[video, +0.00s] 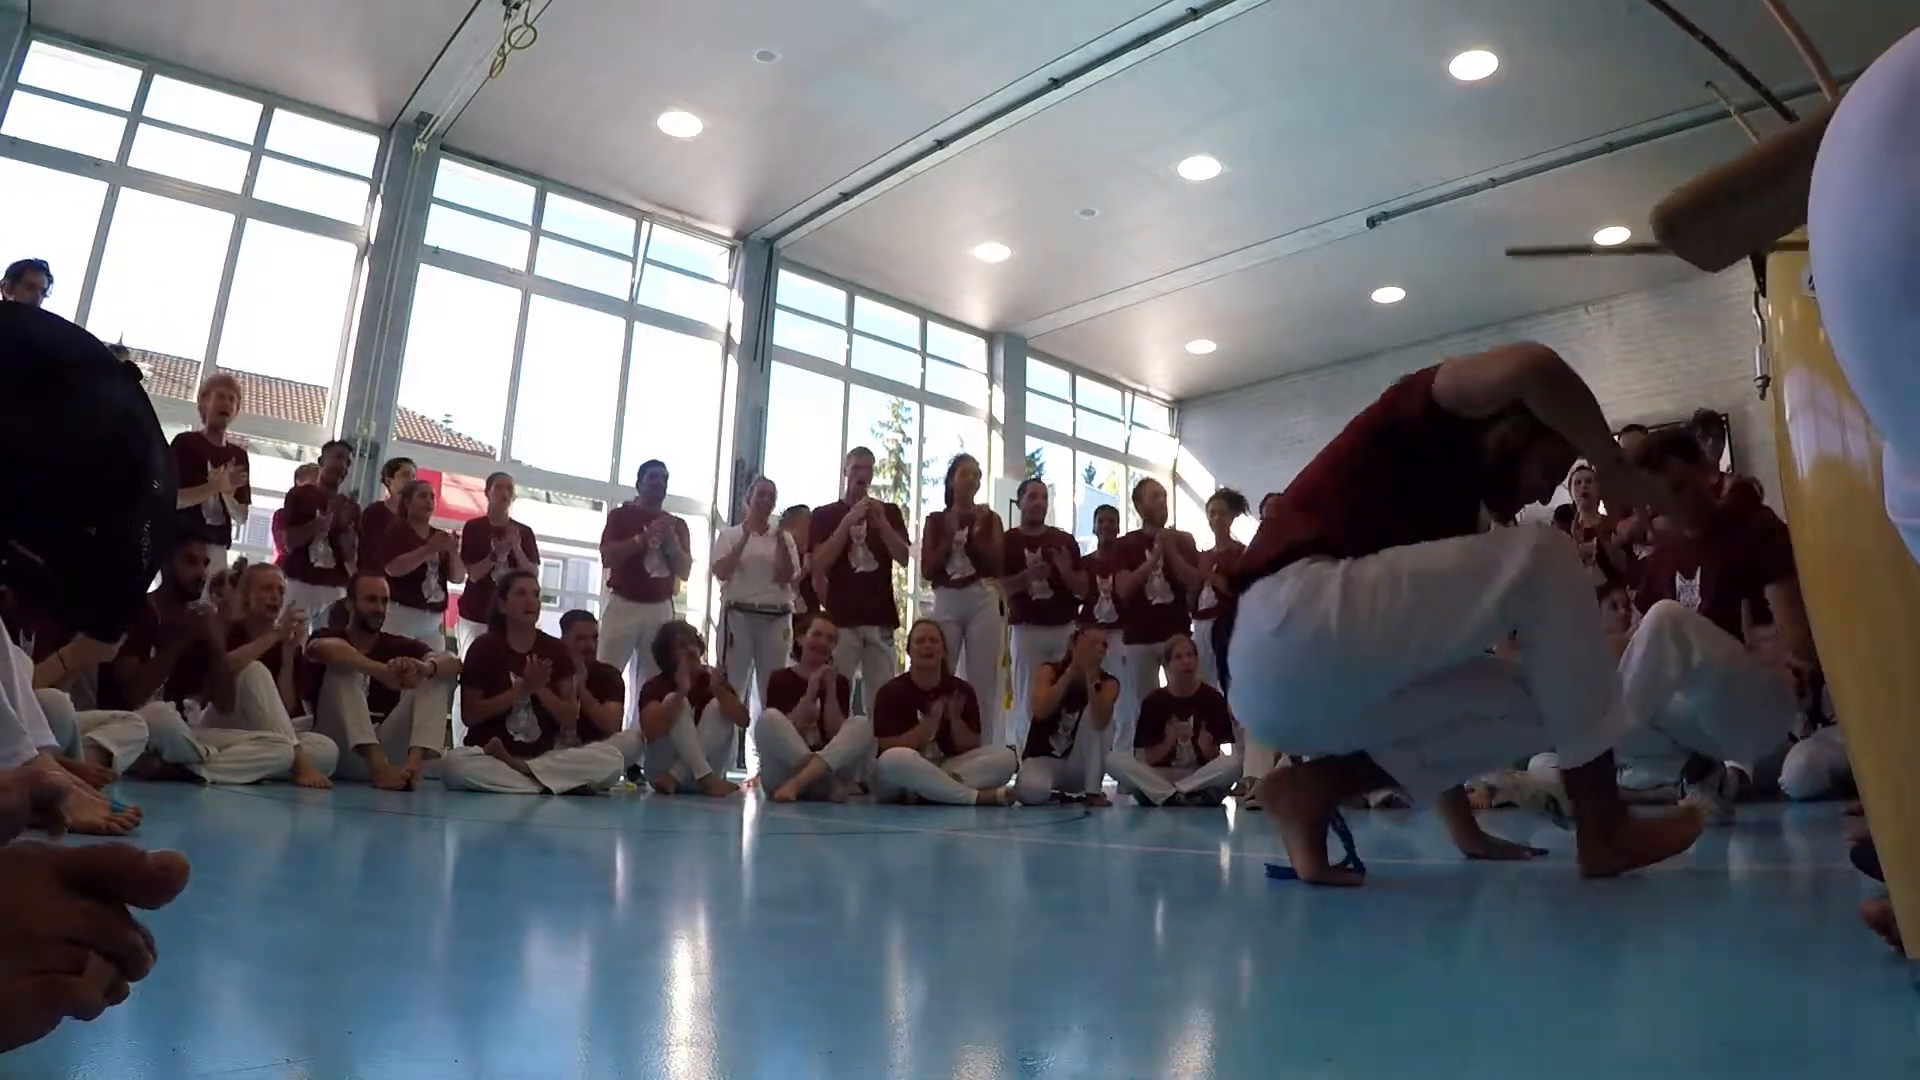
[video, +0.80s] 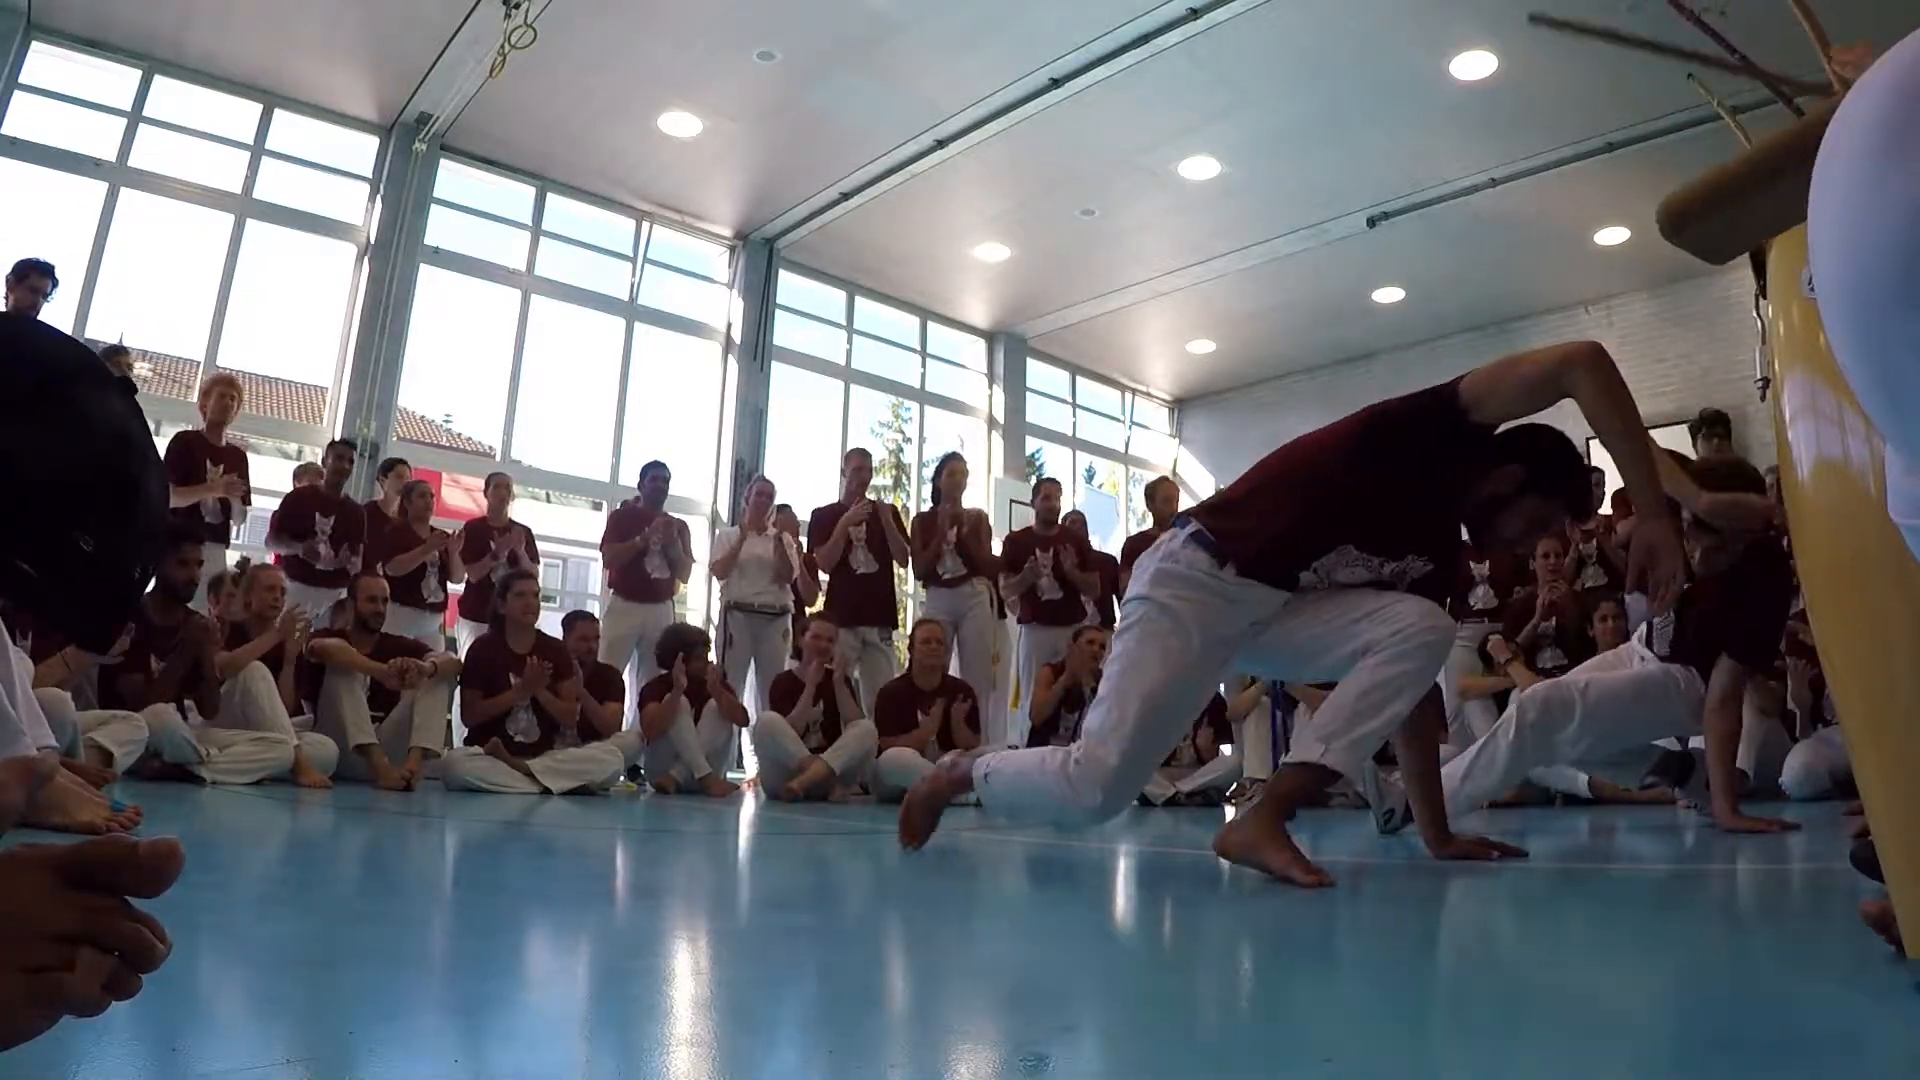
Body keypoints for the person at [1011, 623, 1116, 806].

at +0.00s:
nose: (1099, 650)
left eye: (1103, 645)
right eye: (1093, 643)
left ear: (1106, 650)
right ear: (1074, 644)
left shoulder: (1108, 683)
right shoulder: (1049, 671)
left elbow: (1100, 719)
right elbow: (1040, 710)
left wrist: (1091, 677)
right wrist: (1070, 673)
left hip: (1080, 763)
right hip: (1042, 761)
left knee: (1095, 712)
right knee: (1033, 793)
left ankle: (1093, 791)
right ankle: (1012, 793)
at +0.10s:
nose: (1099, 649)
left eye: (1103, 645)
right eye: (1093, 643)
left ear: (1106, 651)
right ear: (1073, 645)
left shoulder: (1108, 683)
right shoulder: (1049, 670)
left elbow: (1101, 719)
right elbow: (1040, 709)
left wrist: (1093, 676)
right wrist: (1071, 672)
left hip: (1080, 763)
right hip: (1042, 761)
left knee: (1095, 711)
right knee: (1033, 793)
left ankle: (1093, 791)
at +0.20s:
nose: (1097, 649)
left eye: (1102, 645)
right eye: (1091, 642)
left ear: (1105, 651)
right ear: (1074, 644)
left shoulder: (1108, 683)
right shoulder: (1051, 671)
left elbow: (1102, 719)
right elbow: (1040, 711)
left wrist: (1091, 679)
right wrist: (1071, 677)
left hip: (1080, 763)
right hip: (1042, 761)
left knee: (1095, 709)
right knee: (1034, 793)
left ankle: (1093, 791)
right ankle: (1010, 794)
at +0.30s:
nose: (1098, 648)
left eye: (1103, 645)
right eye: (1092, 642)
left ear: (1105, 651)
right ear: (1074, 644)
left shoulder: (1108, 683)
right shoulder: (1050, 671)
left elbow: (1102, 720)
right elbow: (1040, 711)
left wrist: (1091, 678)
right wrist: (1072, 673)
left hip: (1080, 762)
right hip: (1042, 760)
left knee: (1095, 709)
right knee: (1034, 793)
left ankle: (1093, 791)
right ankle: (1010, 794)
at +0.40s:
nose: (1098, 649)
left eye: (1103, 645)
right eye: (1092, 642)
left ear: (1105, 651)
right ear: (1074, 644)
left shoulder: (1109, 683)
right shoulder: (1050, 671)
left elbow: (1105, 726)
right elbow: (1040, 711)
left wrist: (1094, 684)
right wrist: (1069, 672)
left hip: (1083, 759)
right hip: (1043, 757)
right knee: (1041, 787)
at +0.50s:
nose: (1097, 649)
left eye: (1103, 645)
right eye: (1092, 642)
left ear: (1107, 650)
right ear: (1074, 644)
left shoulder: (1105, 679)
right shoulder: (1051, 670)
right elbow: (1046, 705)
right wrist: (1073, 671)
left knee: (1097, 727)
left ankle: (1093, 789)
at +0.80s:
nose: (1096, 650)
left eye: (1102, 646)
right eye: (1090, 643)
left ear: (1105, 652)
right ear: (1073, 646)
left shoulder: (1103, 680)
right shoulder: (1050, 672)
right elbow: (1037, 717)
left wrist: (1091, 686)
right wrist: (1064, 682)